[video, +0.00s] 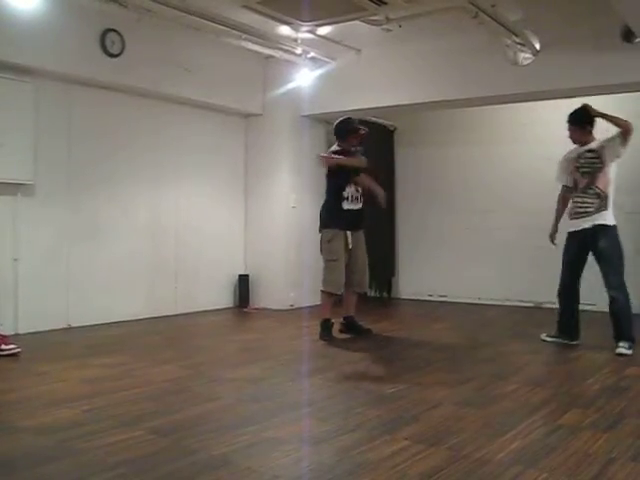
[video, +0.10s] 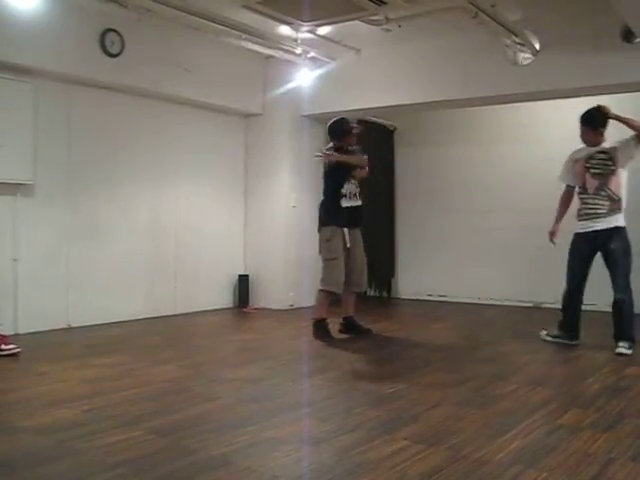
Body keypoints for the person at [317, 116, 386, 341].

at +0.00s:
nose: (360, 140)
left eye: (360, 137)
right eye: (356, 137)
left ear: (355, 137)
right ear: (345, 137)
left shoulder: (356, 155)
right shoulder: (335, 156)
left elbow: (362, 163)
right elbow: (357, 178)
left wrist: (336, 161)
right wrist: (378, 190)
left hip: (354, 223)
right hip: (334, 223)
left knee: (356, 274)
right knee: (333, 275)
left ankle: (349, 319)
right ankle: (326, 323)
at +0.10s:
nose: (354, 138)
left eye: (353, 134)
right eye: (350, 135)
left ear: (346, 136)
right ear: (340, 137)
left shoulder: (354, 154)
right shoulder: (332, 156)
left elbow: (363, 162)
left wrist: (337, 158)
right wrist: (358, 171)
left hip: (353, 220)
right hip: (333, 220)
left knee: (355, 271)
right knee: (332, 272)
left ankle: (348, 319)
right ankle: (320, 321)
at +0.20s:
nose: (348, 132)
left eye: (347, 129)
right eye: (344, 130)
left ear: (337, 136)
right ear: (336, 135)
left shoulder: (347, 153)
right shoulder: (326, 155)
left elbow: (368, 162)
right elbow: (352, 171)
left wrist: (361, 166)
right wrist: (368, 165)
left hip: (350, 221)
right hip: (330, 221)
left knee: (352, 273)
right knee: (329, 274)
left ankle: (347, 319)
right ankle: (312, 322)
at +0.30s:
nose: (341, 138)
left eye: (340, 135)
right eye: (337, 136)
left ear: (337, 137)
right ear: (327, 138)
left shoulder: (346, 155)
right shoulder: (316, 156)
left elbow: (369, 161)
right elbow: (338, 175)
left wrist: (394, 166)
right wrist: (371, 184)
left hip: (347, 222)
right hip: (324, 222)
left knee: (352, 272)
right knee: (325, 273)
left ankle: (347, 320)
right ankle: (308, 323)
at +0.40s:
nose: (335, 137)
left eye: (334, 133)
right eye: (331, 134)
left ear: (334, 135)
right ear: (320, 138)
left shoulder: (347, 155)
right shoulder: (308, 155)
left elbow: (373, 163)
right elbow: (316, 178)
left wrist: (400, 170)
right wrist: (343, 190)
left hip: (342, 225)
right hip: (317, 225)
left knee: (348, 274)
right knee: (318, 275)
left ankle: (346, 319)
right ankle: (308, 324)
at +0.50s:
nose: (333, 136)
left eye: (332, 133)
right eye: (329, 133)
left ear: (330, 135)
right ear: (318, 136)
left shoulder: (345, 157)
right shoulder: (302, 158)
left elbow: (373, 171)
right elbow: (296, 183)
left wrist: (398, 185)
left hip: (338, 225)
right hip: (311, 225)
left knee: (345, 274)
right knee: (311, 272)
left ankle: (346, 322)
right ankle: (307, 324)